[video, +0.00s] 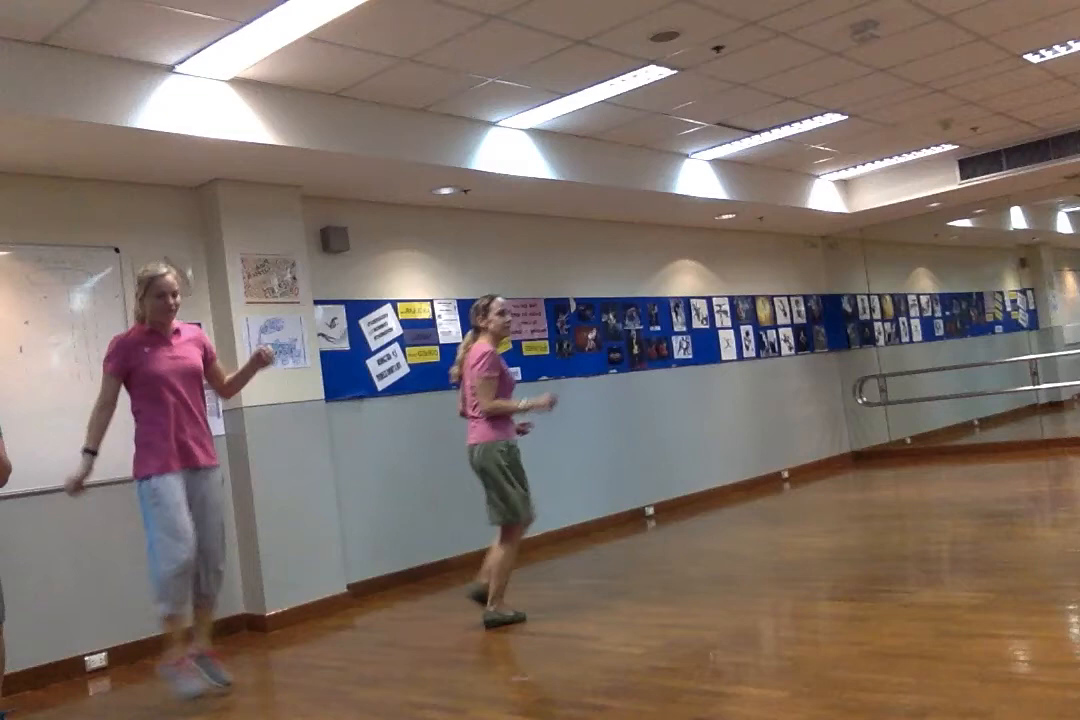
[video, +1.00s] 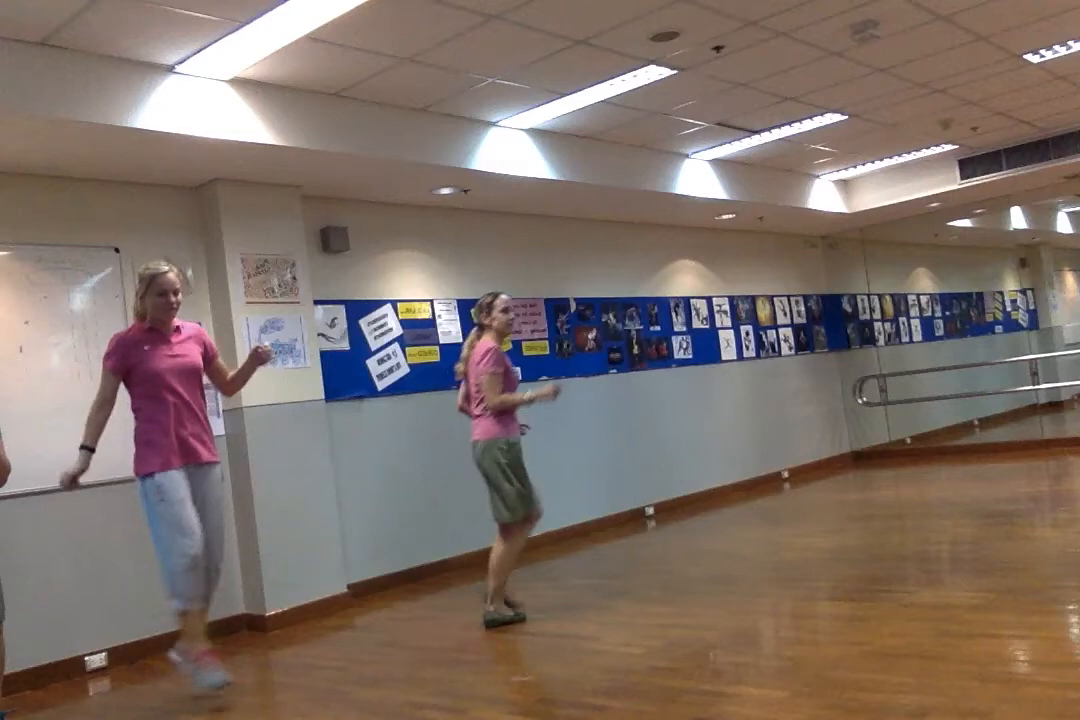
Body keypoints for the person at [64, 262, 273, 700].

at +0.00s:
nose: (170, 302)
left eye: (175, 294)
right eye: (160, 295)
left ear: (181, 298)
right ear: (142, 300)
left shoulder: (196, 337)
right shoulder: (125, 346)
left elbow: (226, 388)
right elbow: (104, 407)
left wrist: (253, 365)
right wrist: (86, 463)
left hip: (203, 458)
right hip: (157, 464)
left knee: (211, 554)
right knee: (180, 552)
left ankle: (202, 651)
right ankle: (174, 658)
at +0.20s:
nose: (171, 300)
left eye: (176, 292)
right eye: (162, 293)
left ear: (182, 296)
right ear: (143, 298)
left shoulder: (195, 334)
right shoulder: (126, 343)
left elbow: (227, 386)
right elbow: (103, 404)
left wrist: (252, 363)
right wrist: (83, 458)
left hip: (203, 453)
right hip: (159, 459)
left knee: (213, 551)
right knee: (189, 549)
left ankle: (192, 645)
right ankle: (193, 649)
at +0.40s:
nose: (171, 300)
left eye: (176, 292)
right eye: (162, 293)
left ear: (182, 296)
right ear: (142, 298)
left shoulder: (195, 334)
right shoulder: (126, 343)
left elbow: (227, 386)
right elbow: (103, 404)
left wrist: (252, 363)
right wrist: (83, 458)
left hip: (203, 453)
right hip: (159, 459)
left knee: (213, 551)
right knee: (189, 549)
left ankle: (192, 645)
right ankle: (193, 649)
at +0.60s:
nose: (171, 300)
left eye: (176, 293)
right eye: (162, 294)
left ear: (182, 296)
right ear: (142, 298)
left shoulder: (195, 334)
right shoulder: (126, 344)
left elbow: (228, 386)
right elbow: (103, 403)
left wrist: (252, 363)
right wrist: (83, 459)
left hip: (203, 453)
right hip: (159, 459)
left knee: (212, 551)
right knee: (190, 548)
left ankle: (189, 644)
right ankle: (196, 651)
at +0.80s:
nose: (171, 300)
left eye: (176, 293)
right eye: (162, 294)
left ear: (182, 296)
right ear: (142, 298)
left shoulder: (195, 334)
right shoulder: (126, 344)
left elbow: (228, 386)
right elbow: (103, 403)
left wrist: (252, 363)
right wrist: (83, 459)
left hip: (203, 453)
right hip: (159, 459)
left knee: (212, 551)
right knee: (190, 548)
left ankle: (189, 644)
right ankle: (196, 651)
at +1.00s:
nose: (171, 300)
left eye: (176, 293)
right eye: (162, 294)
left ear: (182, 296)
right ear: (142, 298)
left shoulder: (195, 334)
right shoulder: (126, 344)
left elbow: (228, 386)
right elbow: (103, 403)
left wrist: (252, 363)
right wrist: (83, 459)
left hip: (203, 453)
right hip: (159, 459)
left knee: (212, 551)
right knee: (190, 548)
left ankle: (189, 644)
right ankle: (196, 651)